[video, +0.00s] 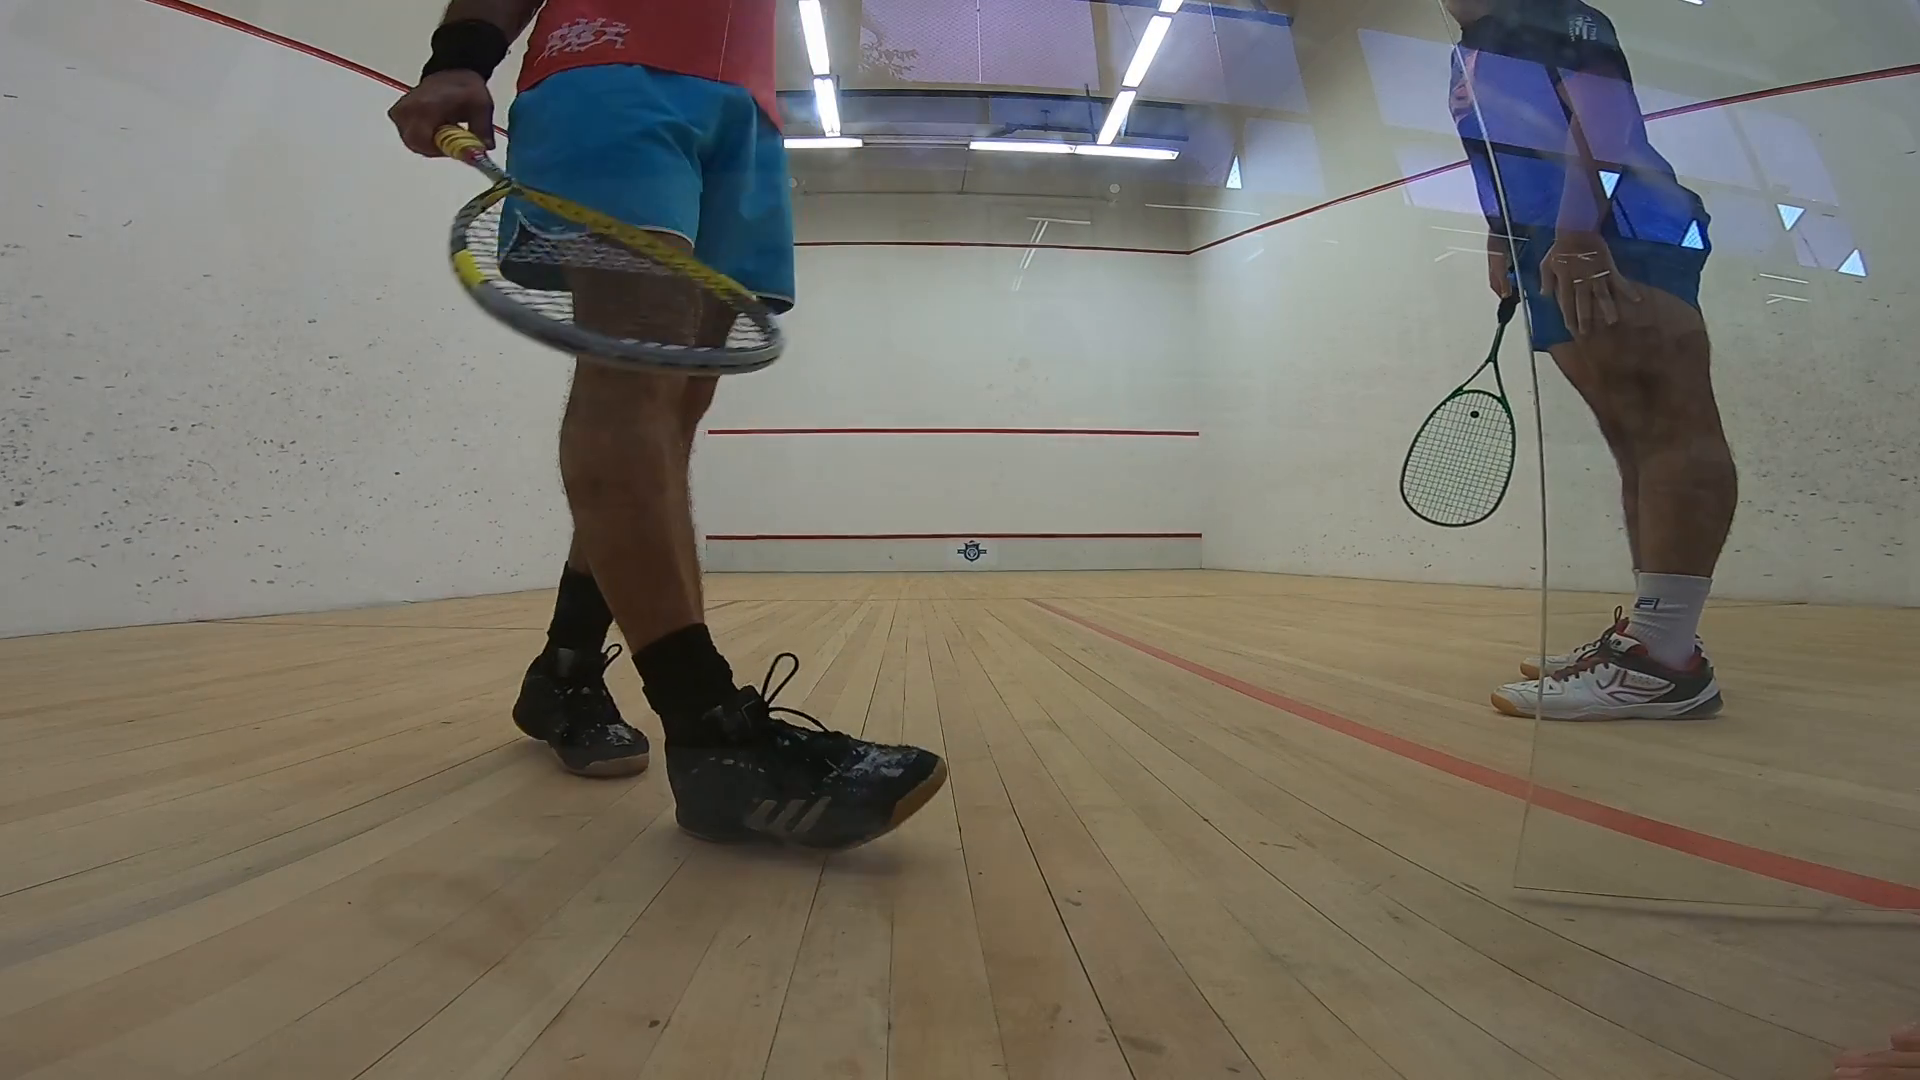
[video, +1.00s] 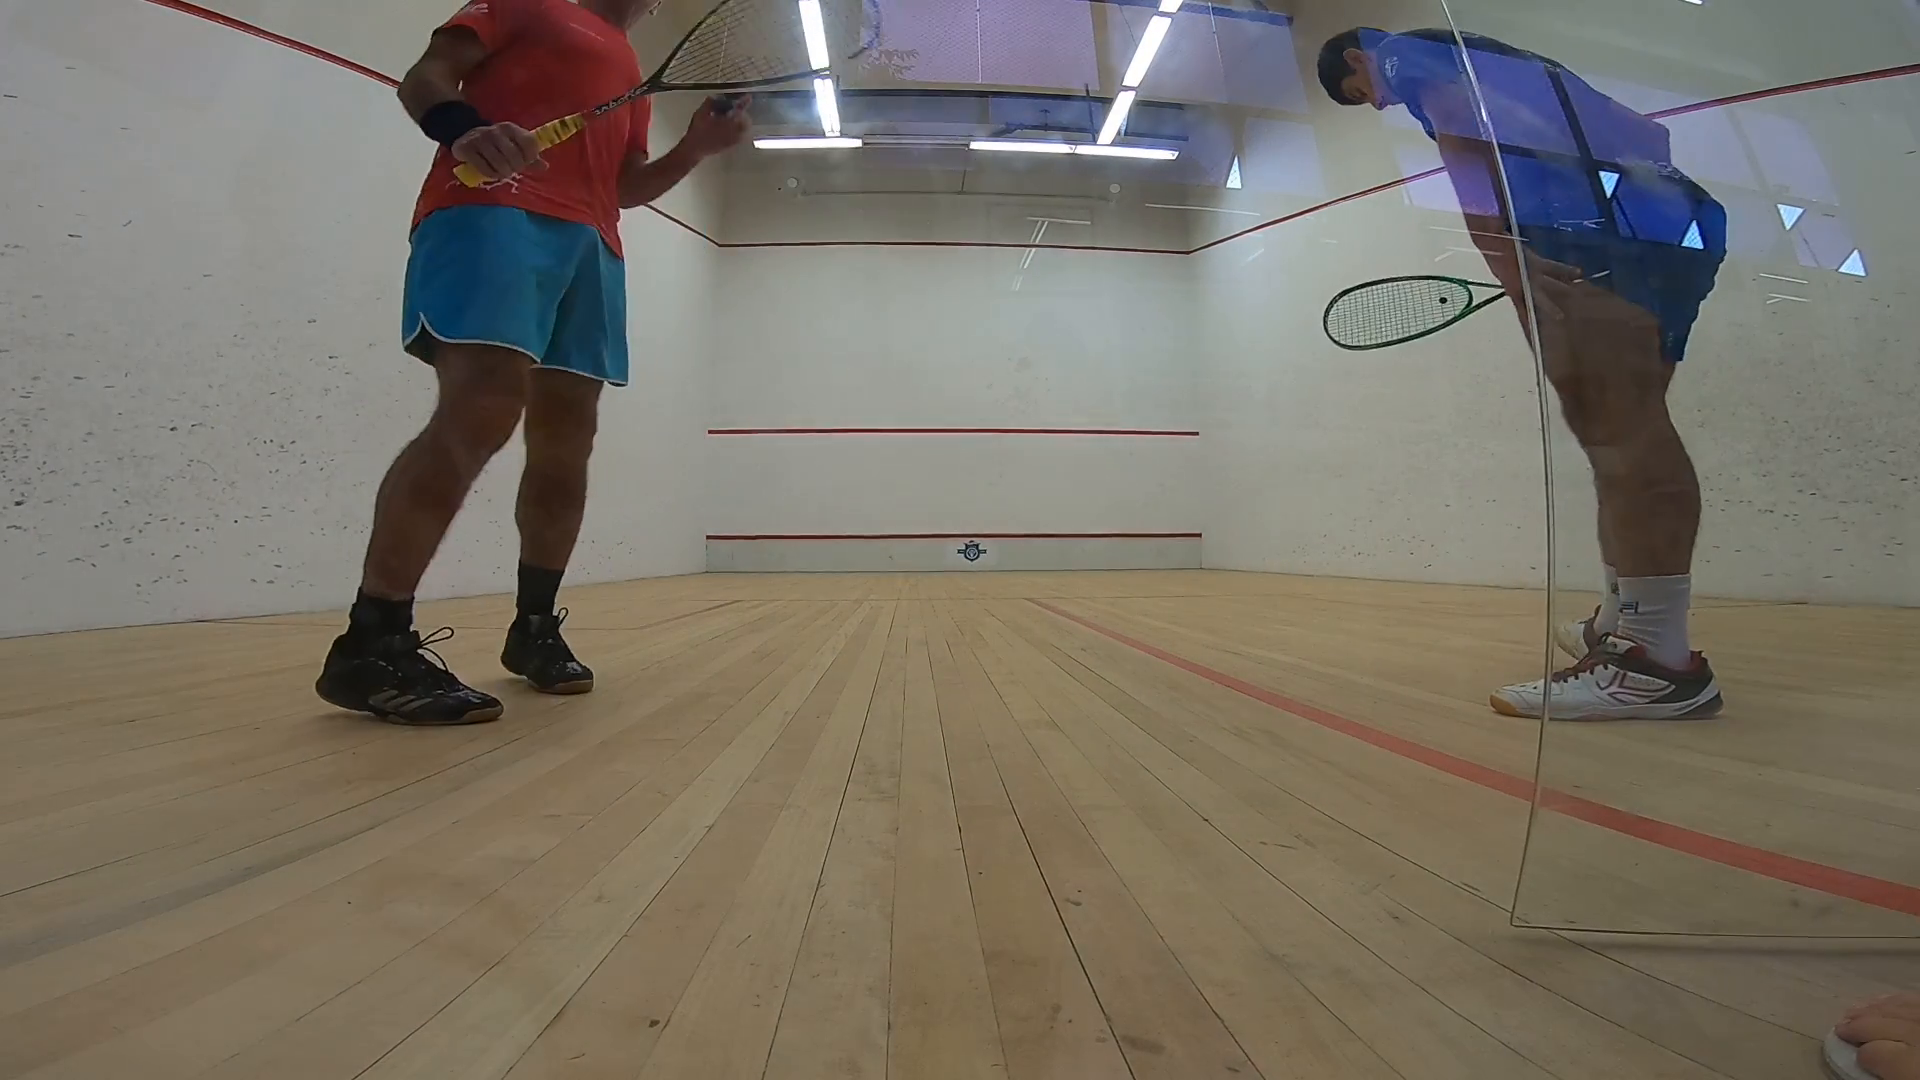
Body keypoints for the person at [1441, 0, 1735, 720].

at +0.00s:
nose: (1446, 3)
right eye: (1444, 6)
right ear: (1461, 8)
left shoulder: (1551, 15)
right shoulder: (1469, 57)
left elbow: (1605, 114)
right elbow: (1503, 155)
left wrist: (1579, 228)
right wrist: (1502, 241)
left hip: (1620, 233)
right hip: (1560, 253)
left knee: (1673, 430)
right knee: (1633, 441)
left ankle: (1667, 656)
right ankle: (1657, 642)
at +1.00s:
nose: (1373, 102)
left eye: (1358, 90)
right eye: (1361, 100)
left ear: (1358, 54)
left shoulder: (1405, 54)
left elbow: (1464, 136)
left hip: (1605, 227)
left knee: (1624, 423)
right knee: (1611, 423)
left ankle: (1663, 658)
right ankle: (1627, 627)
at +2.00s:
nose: (1428, 128)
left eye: (1423, 122)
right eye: (1417, 121)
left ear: (1370, 138)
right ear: (1383, 129)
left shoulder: (1337, 193)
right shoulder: (1447, 147)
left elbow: (1309, 262)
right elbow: (1496, 197)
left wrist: (1357, 329)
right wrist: (1535, 275)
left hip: (1406, 327)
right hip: (1494, 308)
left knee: (1418, 474)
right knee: (1554, 441)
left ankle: (1418, 615)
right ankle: (1553, 565)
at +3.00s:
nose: (1445, 177)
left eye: (1444, 170)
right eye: (1445, 171)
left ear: (1454, 166)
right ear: (1503, 164)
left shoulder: (1434, 201)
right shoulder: (1554, 194)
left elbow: (1415, 258)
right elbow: (1627, 250)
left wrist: (1414, 327)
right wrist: (1637, 313)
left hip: (1477, 352)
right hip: (1559, 351)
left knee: (1463, 475)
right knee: (1551, 479)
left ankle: (1497, 583)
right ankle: (1562, 607)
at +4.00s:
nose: (1419, 161)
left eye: (1416, 153)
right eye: (1415, 157)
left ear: (1429, 137)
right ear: (1463, 125)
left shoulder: (1445, 150)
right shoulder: (1535, 165)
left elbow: (1481, 148)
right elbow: (1615, 206)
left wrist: (1442, 214)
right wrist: (1579, 267)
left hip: (1521, 288)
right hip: (1598, 290)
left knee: (1513, 426)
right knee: (1579, 424)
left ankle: (1537, 571)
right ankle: (1620, 562)